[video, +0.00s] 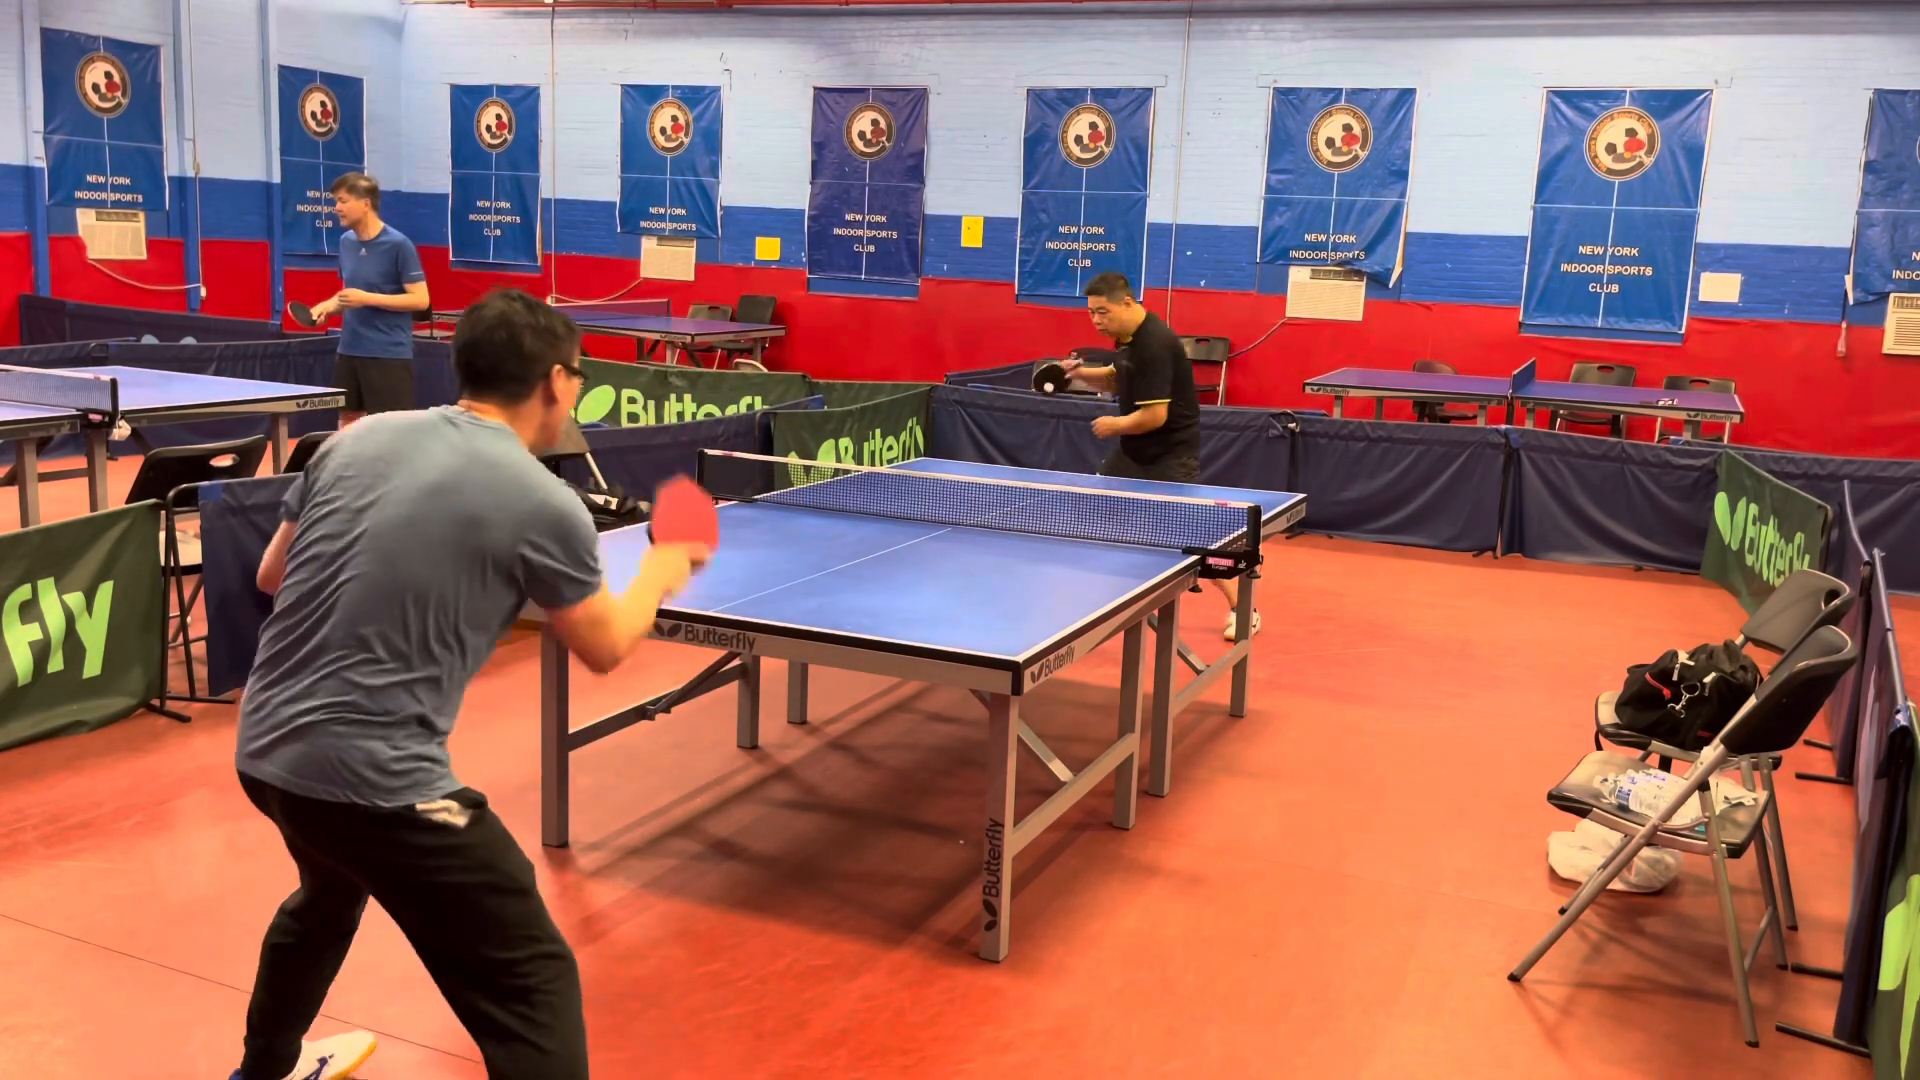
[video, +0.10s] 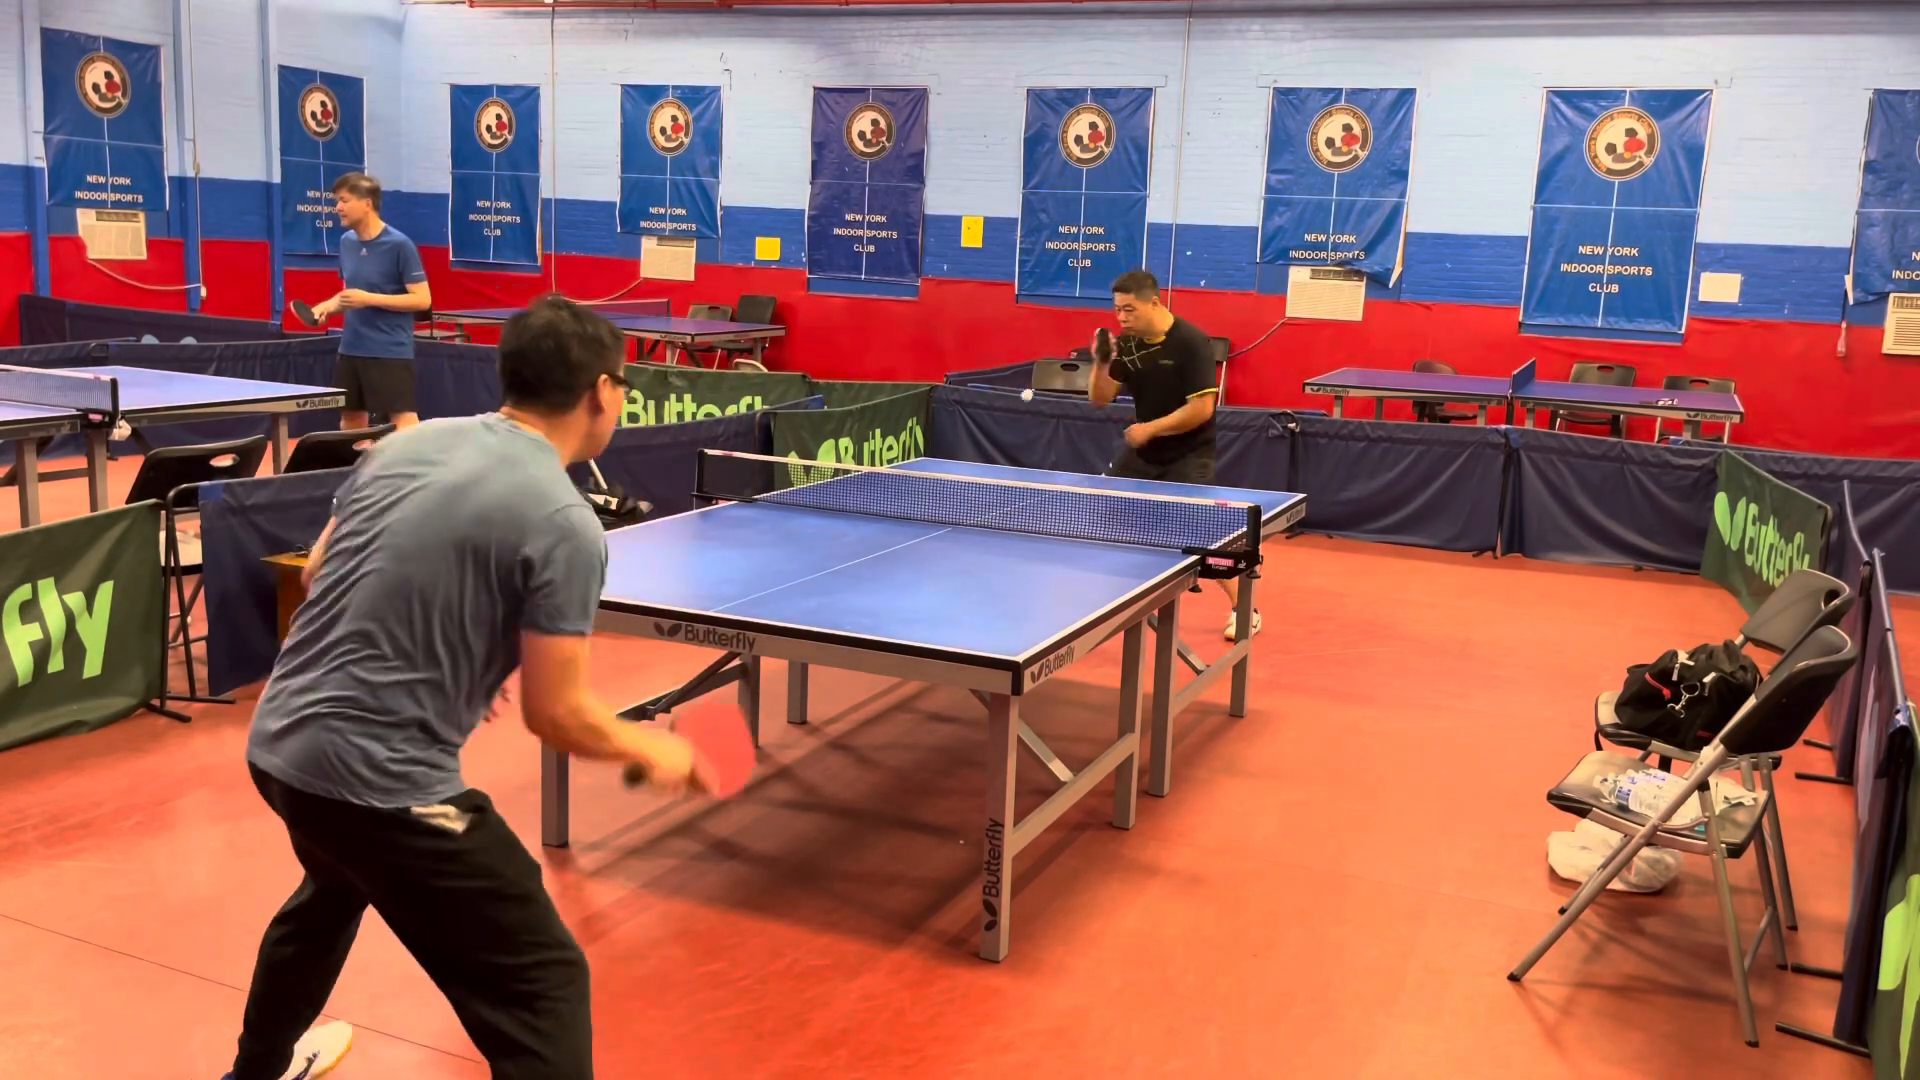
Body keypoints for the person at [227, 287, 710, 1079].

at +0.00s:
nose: (576, 396)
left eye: (577, 377)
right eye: (575, 377)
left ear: (469, 371)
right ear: (551, 382)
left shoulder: (352, 441)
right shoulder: (536, 498)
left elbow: (271, 574)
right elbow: (603, 644)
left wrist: (389, 571)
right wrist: (664, 567)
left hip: (267, 754)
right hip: (380, 777)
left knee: (329, 891)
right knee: (532, 979)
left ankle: (264, 1065)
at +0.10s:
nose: (621, 405)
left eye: (621, 386)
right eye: (620, 387)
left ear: (511, 380)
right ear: (598, 394)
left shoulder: (407, 443)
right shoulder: (562, 519)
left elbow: (321, 575)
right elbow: (553, 710)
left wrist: (447, 657)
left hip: (281, 747)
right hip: (386, 778)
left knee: (332, 889)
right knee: (544, 981)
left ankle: (259, 1063)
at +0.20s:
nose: (655, 431)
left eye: (658, 413)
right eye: (656, 412)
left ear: (551, 399)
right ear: (630, 417)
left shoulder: (473, 459)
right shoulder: (542, 536)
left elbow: (419, 600)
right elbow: (474, 731)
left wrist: (524, 670)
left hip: (296, 755)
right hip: (374, 791)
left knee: (350, 901)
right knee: (536, 1009)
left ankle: (223, 1064)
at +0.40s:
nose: (658, 436)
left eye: (659, 418)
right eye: (655, 417)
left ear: (544, 409)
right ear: (618, 425)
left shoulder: (480, 478)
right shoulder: (515, 538)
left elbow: (468, 615)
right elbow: (451, 720)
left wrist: (602, 633)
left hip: (315, 777)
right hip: (385, 808)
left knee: (357, 912)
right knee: (581, 981)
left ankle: (226, 1068)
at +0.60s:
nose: (609, 365)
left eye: (607, 346)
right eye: (605, 347)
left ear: (489, 352)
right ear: (575, 359)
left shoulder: (392, 440)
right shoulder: (591, 475)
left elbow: (347, 568)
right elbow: (740, 526)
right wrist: (758, 437)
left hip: (298, 772)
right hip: (423, 795)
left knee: (331, 905)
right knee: (591, 981)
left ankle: (251, 1075)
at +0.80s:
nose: (578, 403)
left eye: (577, 383)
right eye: (577, 384)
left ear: (468, 384)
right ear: (558, 391)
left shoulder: (361, 469)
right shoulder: (568, 495)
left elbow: (294, 632)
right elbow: (686, 543)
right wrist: (682, 445)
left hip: (317, 818)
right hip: (459, 830)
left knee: (313, 928)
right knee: (621, 991)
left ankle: (251, 1072)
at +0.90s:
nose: (597, 419)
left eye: (597, 402)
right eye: (596, 403)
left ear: (485, 401)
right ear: (578, 410)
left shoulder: (374, 475)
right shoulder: (582, 527)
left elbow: (294, 628)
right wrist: (667, 554)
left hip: (304, 811)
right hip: (432, 826)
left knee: (334, 922)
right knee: (616, 991)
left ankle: (254, 1073)